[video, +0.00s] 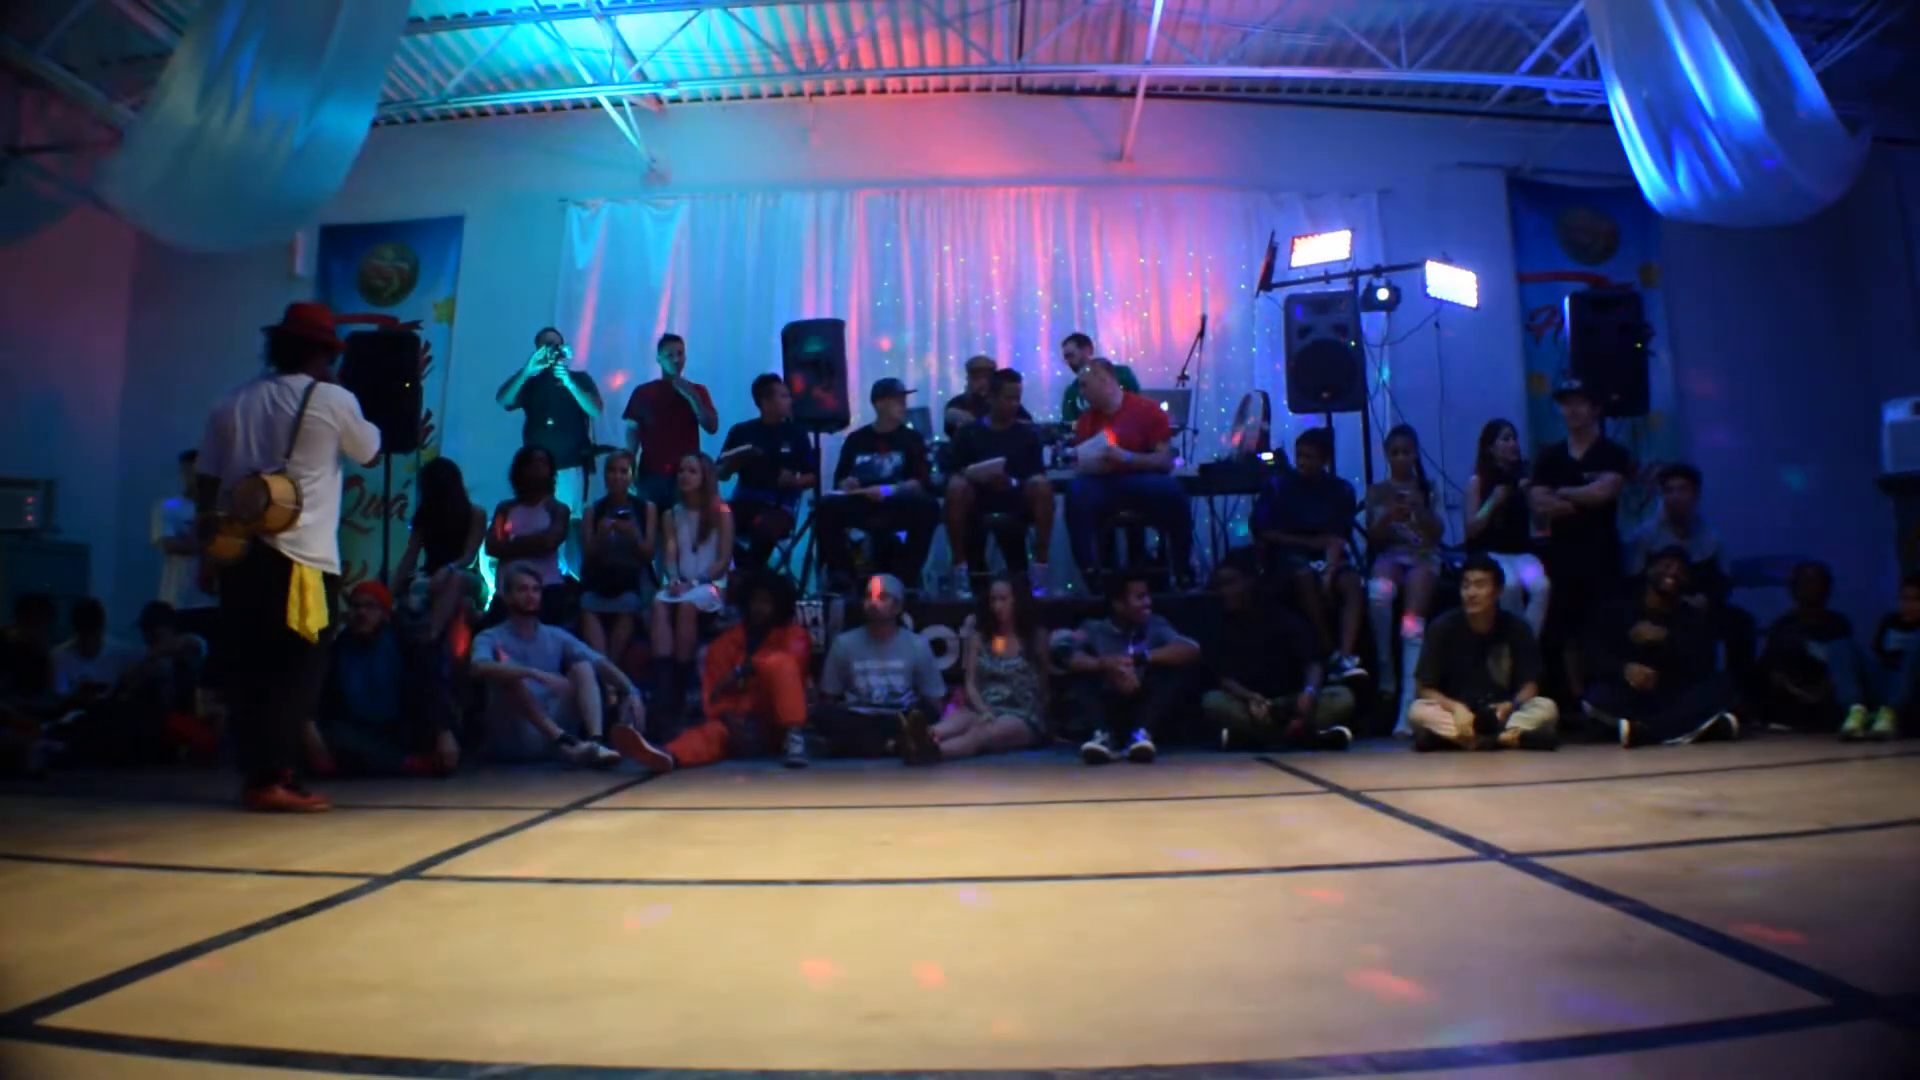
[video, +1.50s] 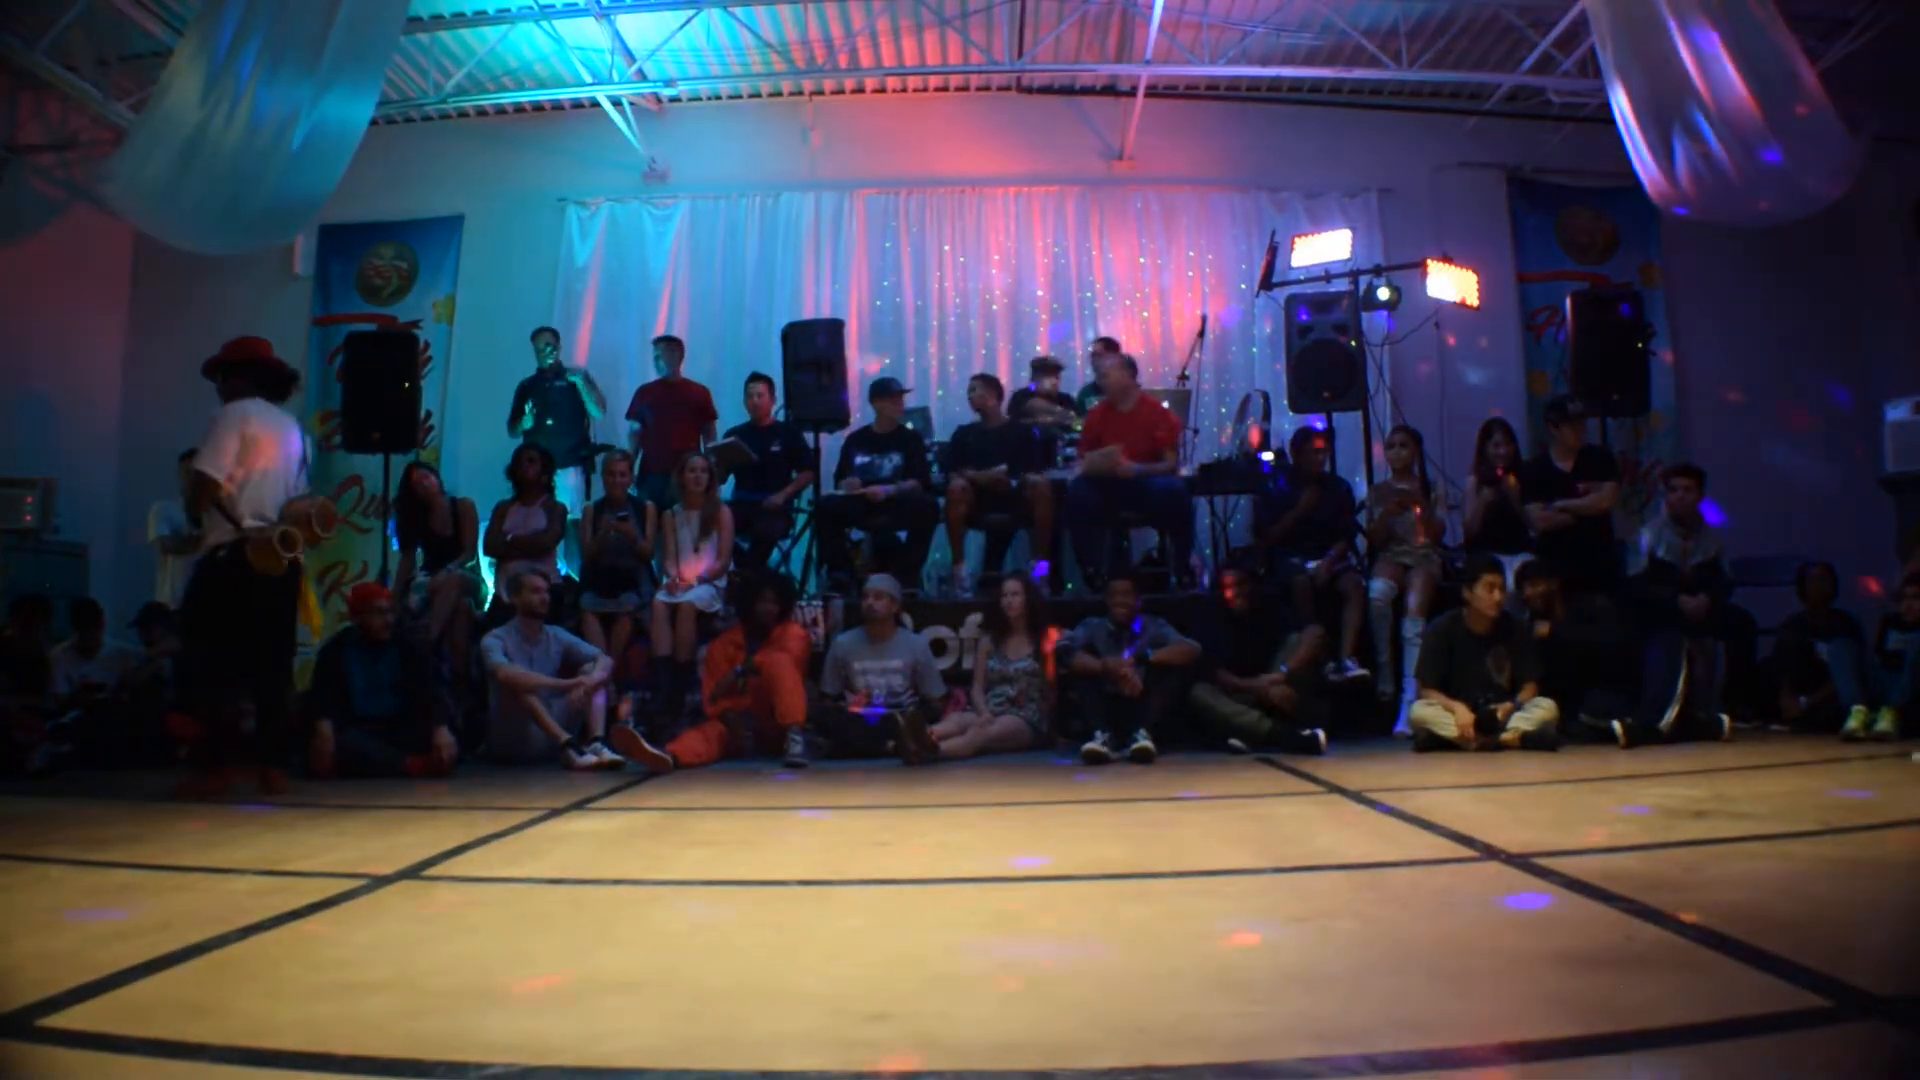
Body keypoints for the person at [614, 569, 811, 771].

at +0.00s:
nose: (759, 609)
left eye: (766, 603)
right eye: (754, 602)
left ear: (780, 607)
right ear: (745, 605)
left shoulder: (792, 635)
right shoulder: (724, 645)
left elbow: (784, 667)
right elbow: (713, 703)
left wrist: (748, 669)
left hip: (775, 721)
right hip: (738, 722)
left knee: (779, 663)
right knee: (712, 734)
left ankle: (794, 738)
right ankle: (668, 755)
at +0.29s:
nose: (760, 609)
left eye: (768, 603)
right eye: (755, 602)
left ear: (782, 608)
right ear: (746, 605)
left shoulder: (793, 635)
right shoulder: (724, 644)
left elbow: (784, 661)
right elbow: (714, 700)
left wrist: (748, 670)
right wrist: (733, 721)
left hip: (775, 718)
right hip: (739, 721)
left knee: (777, 660)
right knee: (710, 735)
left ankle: (794, 737)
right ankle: (670, 755)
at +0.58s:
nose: (768, 609)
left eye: (775, 602)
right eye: (762, 602)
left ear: (784, 607)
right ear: (749, 604)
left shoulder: (793, 634)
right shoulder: (726, 643)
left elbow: (789, 664)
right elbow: (713, 701)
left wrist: (756, 665)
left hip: (776, 719)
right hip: (738, 721)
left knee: (781, 662)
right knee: (709, 735)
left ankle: (794, 738)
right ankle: (669, 755)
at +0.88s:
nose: (768, 609)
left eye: (774, 603)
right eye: (762, 602)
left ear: (784, 607)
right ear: (748, 605)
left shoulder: (793, 634)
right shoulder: (724, 645)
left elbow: (788, 667)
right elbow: (713, 703)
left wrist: (757, 663)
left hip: (775, 719)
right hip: (737, 721)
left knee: (778, 661)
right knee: (709, 735)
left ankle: (795, 738)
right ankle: (670, 756)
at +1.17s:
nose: (768, 609)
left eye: (774, 603)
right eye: (762, 602)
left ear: (784, 607)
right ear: (749, 605)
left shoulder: (793, 634)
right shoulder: (724, 645)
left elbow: (787, 669)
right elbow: (714, 705)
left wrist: (751, 666)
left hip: (774, 717)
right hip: (738, 720)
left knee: (780, 661)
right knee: (711, 734)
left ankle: (794, 739)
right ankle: (670, 755)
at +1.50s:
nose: (768, 609)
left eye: (774, 603)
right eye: (762, 602)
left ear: (783, 607)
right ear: (748, 605)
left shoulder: (792, 634)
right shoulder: (723, 645)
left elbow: (785, 664)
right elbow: (713, 704)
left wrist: (752, 667)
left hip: (774, 716)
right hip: (737, 720)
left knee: (778, 661)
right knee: (709, 735)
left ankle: (795, 738)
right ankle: (670, 756)